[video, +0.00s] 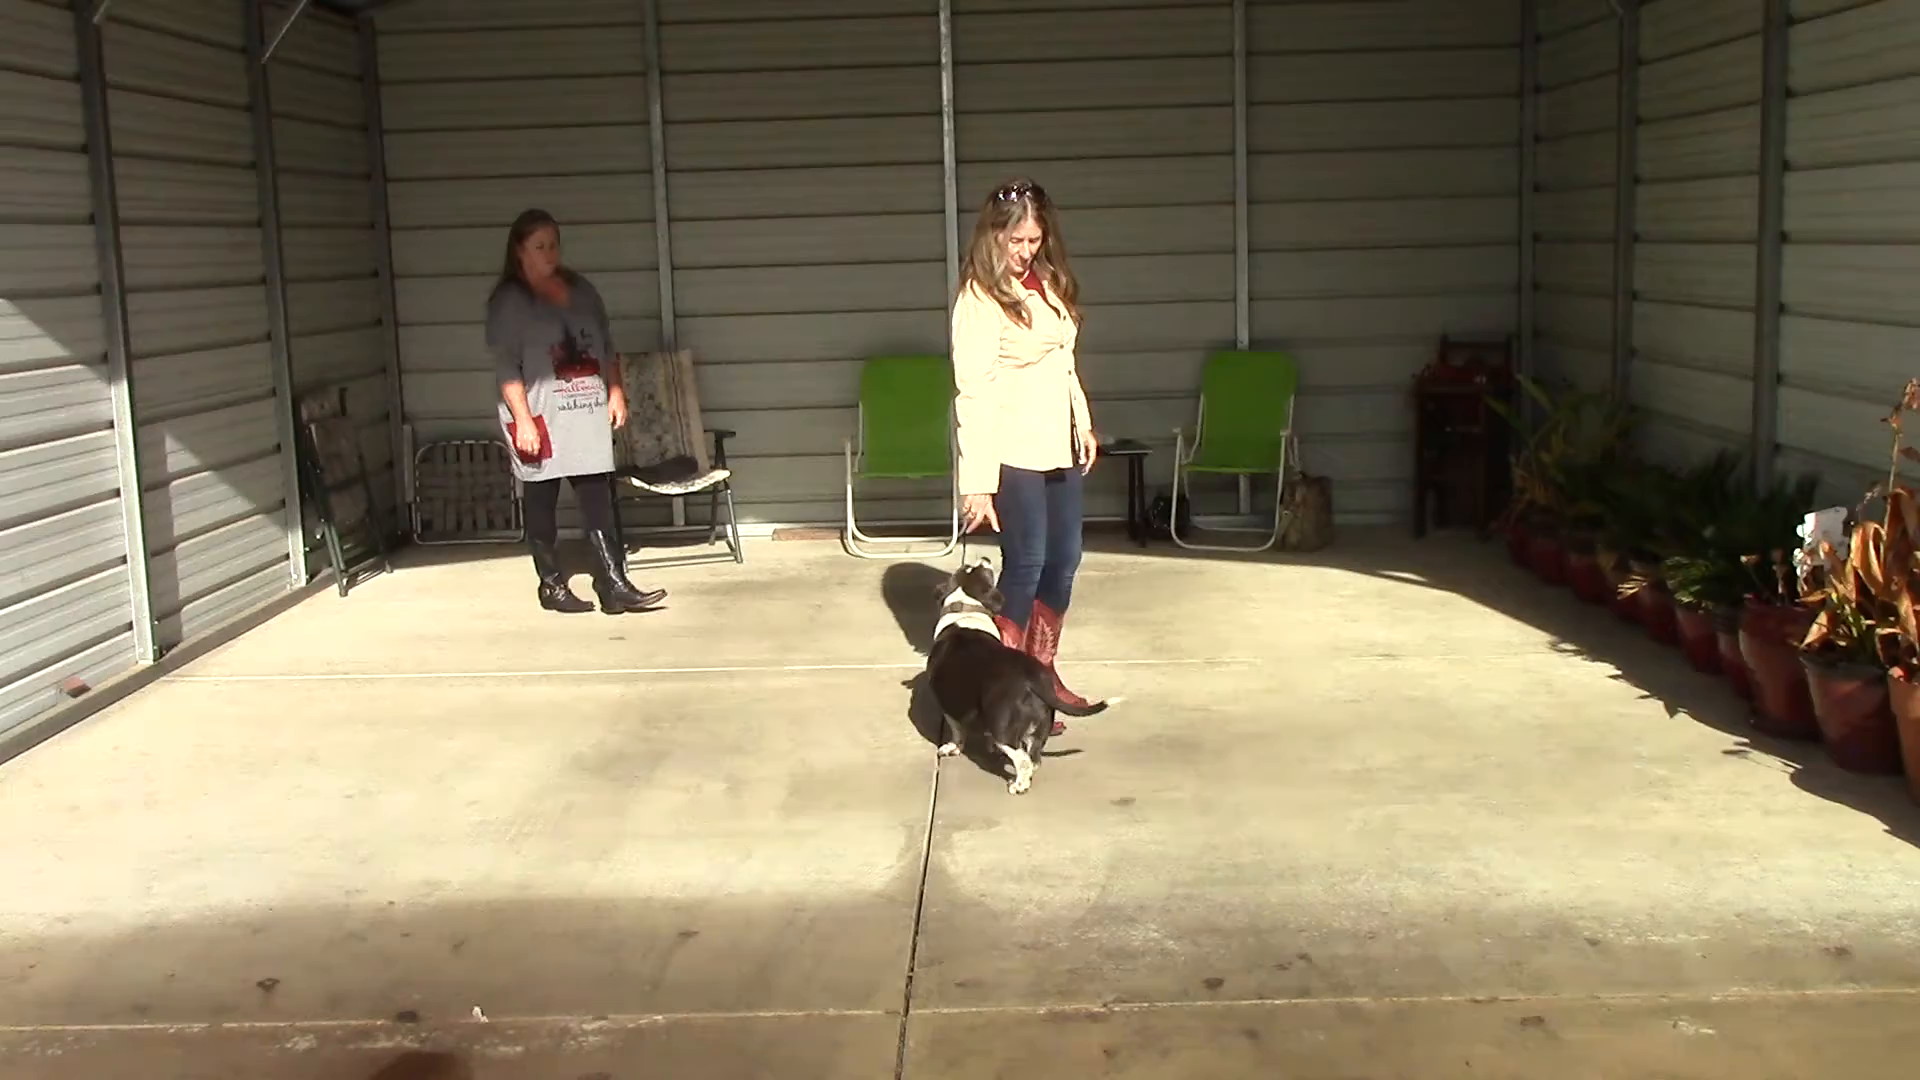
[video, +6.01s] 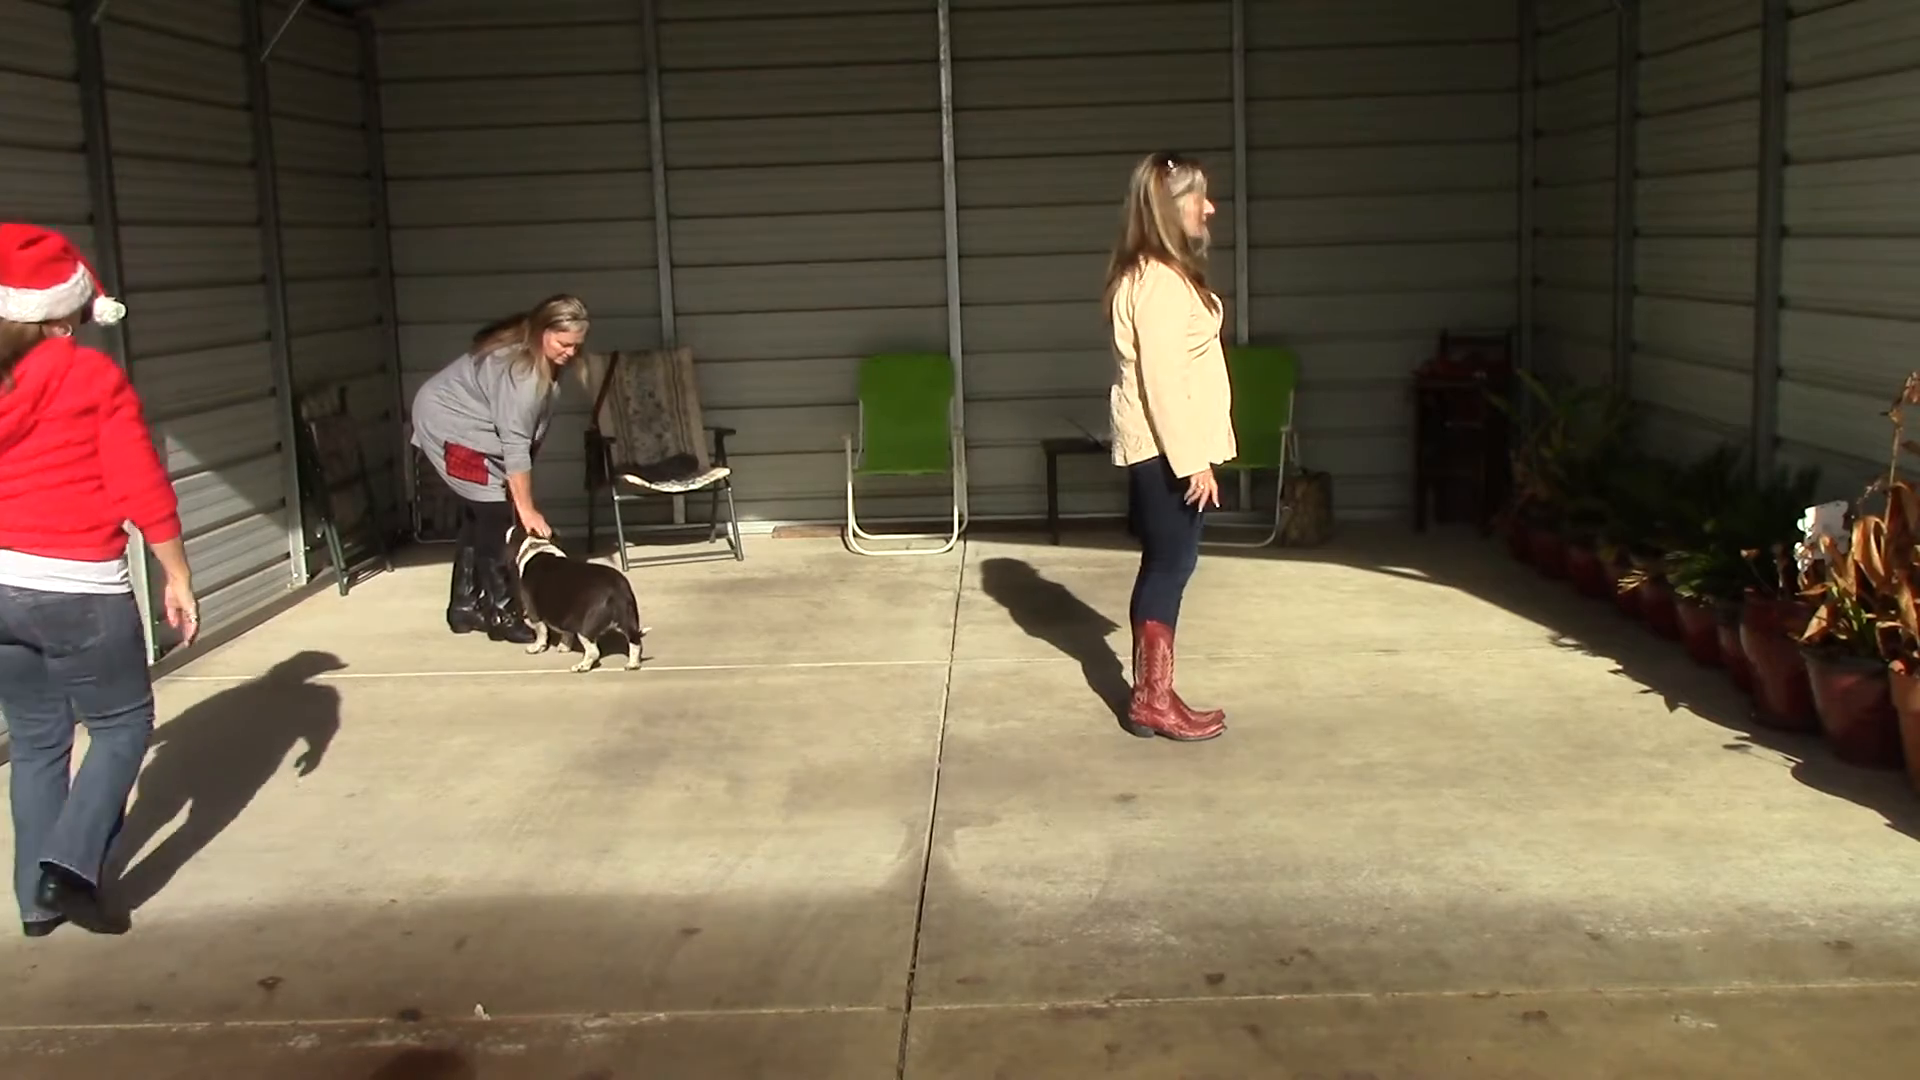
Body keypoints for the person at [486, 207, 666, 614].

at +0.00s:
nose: (551, 251)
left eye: (555, 244)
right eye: (542, 245)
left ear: (560, 247)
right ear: (520, 250)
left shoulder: (582, 290)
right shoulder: (508, 300)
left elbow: (605, 345)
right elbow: (506, 364)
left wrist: (616, 388)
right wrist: (522, 419)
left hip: (587, 408)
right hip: (537, 411)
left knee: (596, 488)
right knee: (540, 496)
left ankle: (614, 583)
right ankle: (552, 585)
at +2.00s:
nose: (533, 255)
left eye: (536, 247)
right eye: (524, 247)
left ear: (538, 251)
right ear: (498, 251)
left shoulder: (547, 300)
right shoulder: (483, 305)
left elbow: (562, 364)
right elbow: (491, 372)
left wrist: (573, 417)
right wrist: (519, 426)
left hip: (549, 428)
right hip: (500, 432)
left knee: (554, 512)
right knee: (503, 521)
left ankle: (566, 600)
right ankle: (498, 618)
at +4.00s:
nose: (492, 255)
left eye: (495, 247)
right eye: (483, 247)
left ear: (496, 249)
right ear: (458, 249)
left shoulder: (487, 294)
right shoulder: (451, 298)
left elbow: (495, 360)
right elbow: (467, 366)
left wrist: (508, 421)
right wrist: (491, 423)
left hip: (485, 420)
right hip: (469, 423)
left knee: (478, 510)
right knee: (490, 510)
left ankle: (464, 602)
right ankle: (500, 611)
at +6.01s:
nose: (569, 353)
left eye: (575, 346)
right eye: (563, 344)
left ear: (581, 340)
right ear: (542, 332)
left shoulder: (540, 362)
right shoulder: (521, 371)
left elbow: (534, 429)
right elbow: (514, 443)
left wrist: (517, 483)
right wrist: (527, 509)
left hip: (461, 417)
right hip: (445, 419)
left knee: (483, 506)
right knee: (495, 508)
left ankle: (464, 606)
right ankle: (500, 612)